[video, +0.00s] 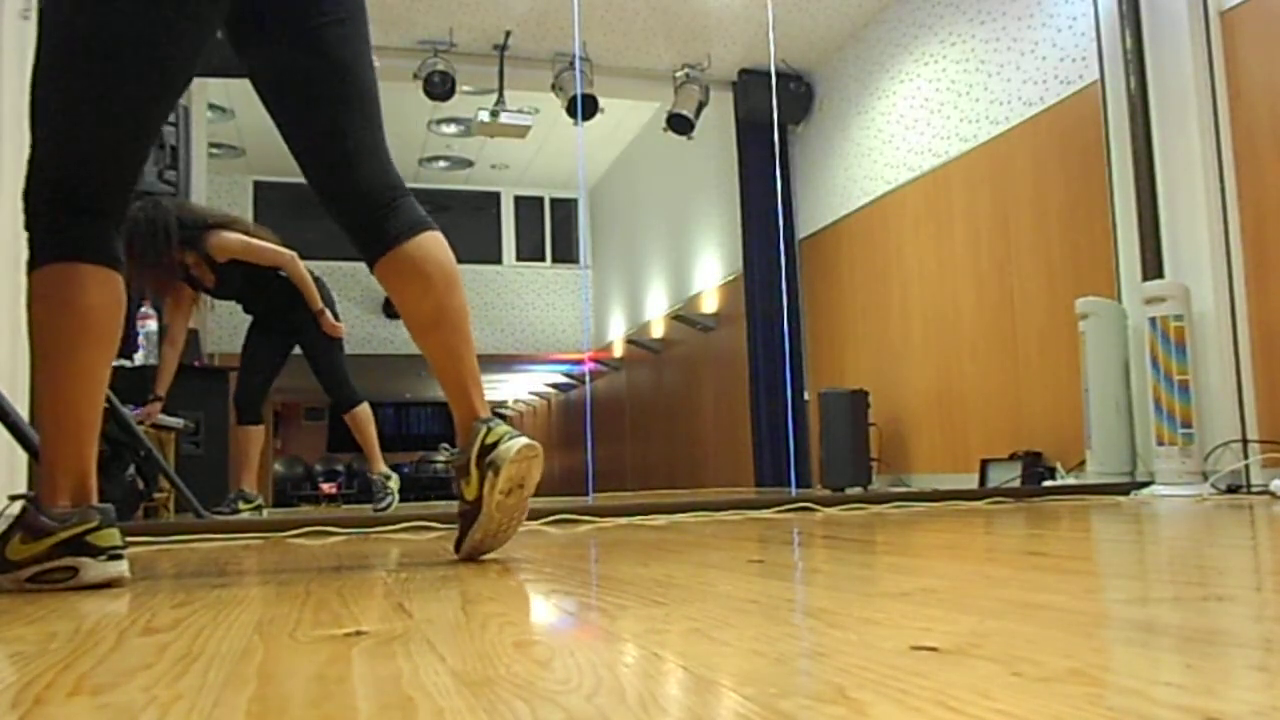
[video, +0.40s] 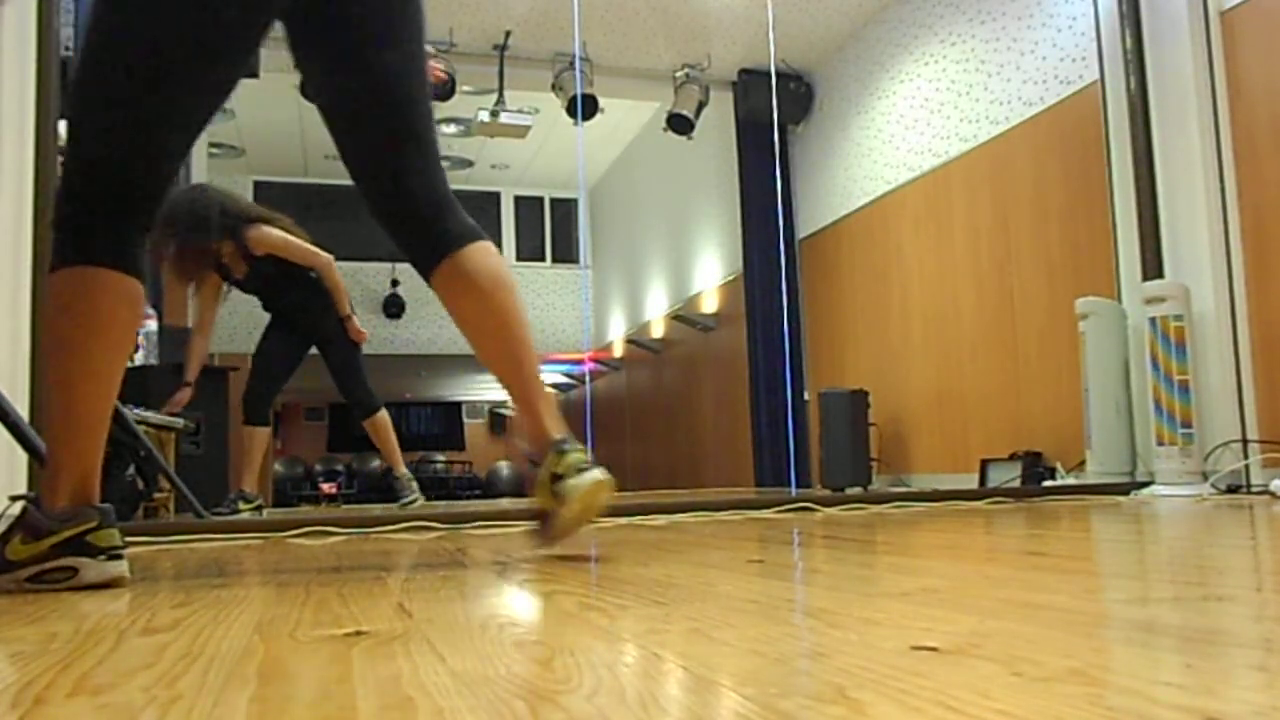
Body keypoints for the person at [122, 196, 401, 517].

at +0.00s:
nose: (150, 260)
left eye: (150, 250)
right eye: (145, 253)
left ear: (164, 238)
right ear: (165, 239)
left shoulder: (218, 244)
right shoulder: (183, 280)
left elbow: (290, 259)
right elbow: (173, 339)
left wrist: (321, 311)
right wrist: (158, 398)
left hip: (305, 305)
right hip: (268, 318)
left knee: (339, 388)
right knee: (247, 398)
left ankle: (380, 473)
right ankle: (248, 495)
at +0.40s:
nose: (188, 248)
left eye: (189, 239)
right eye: (185, 242)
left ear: (207, 229)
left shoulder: (256, 237)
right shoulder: (213, 269)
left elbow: (324, 261)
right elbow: (202, 328)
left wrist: (348, 316)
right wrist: (189, 383)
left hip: (324, 311)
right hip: (287, 321)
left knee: (357, 392)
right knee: (256, 399)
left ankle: (401, 475)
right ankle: (248, 496)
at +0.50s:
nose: (213, 235)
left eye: (216, 226)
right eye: (211, 228)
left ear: (233, 218)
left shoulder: (284, 234)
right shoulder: (238, 259)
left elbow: (347, 266)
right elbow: (231, 316)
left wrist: (364, 321)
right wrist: (221, 374)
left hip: (337, 317)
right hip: (299, 324)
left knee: (367, 401)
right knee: (265, 398)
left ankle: (413, 480)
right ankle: (249, 494)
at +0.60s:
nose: (252, 231)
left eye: (255, 221)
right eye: (249, 224)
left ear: (274, 214)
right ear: (255, 223)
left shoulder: (317, 236)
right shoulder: (266, 257)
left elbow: (372, 272)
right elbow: (261, 310)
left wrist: (385, 329)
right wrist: (257, 364)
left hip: (358, 321)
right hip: (316, 327)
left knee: (380, 403)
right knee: (278, 398)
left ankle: (419, 483)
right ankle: (250, 493)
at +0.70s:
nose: (308, 230)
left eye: (313, 221)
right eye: (302, 223)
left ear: (328, 214)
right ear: (295, 220)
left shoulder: (355, 234)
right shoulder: (298, 250)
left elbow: (401, 280)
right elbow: (294, 305)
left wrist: (407, 334)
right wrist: (291, 359)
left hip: (378, 322)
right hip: (334, 326)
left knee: (396, 405)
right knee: (295, 401)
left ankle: (420, 485)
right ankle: (254, 492)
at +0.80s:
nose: (347, 219)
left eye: (351, 211)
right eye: (342, 212)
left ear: (365, 206)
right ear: (334, 212)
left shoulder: (388, 228)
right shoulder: (328, 238)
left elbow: (426, 277)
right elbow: (319, 294)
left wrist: (430, 332)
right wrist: (316, 345)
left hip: (396, 323)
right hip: (350, 325)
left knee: (412, 404)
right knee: (313, 402)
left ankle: (423, 485)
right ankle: (266, 489)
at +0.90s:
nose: (373, 199)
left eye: (379, 191)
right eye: (369, 192)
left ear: (392, 190)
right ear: (362, 192)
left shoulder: (410, 223)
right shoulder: (351, 225)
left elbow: (440, 275)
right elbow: (336, 285)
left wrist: (439, 327)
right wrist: (324, 334)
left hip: (404, 318)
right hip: (360, 318)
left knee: (413, 399)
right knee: (324, 390)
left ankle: (423, 484)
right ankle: (298, 483)